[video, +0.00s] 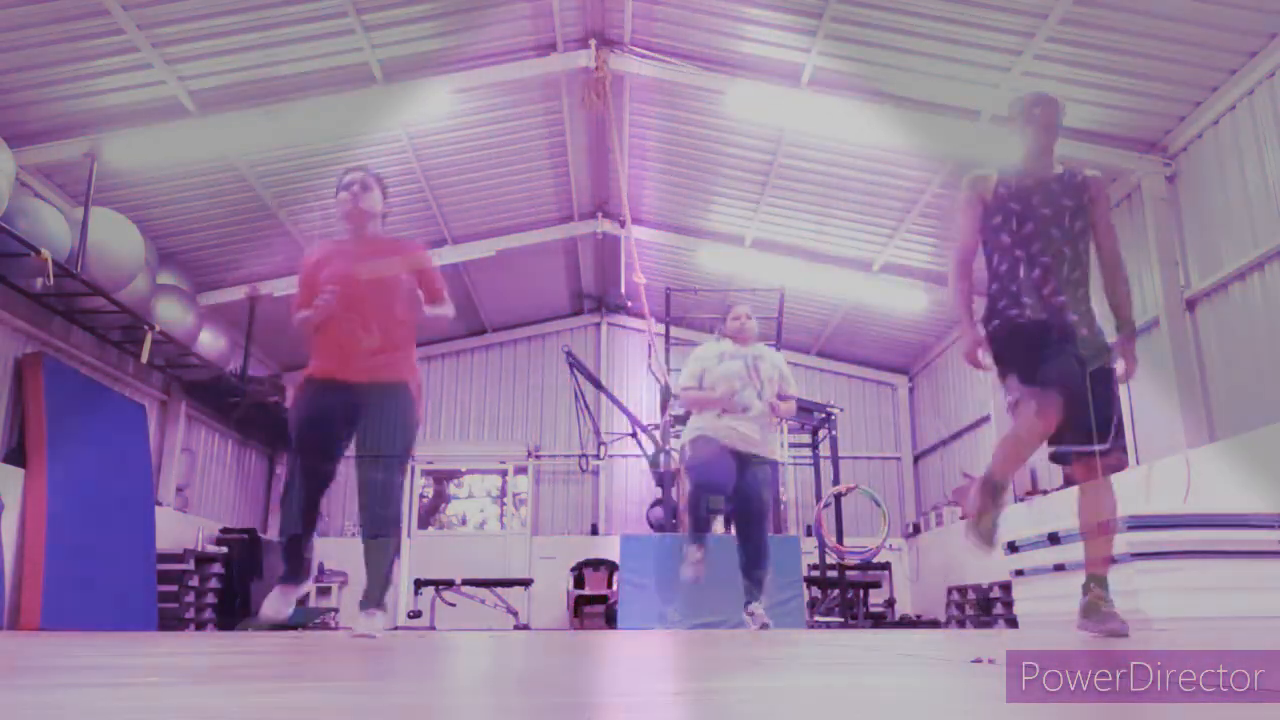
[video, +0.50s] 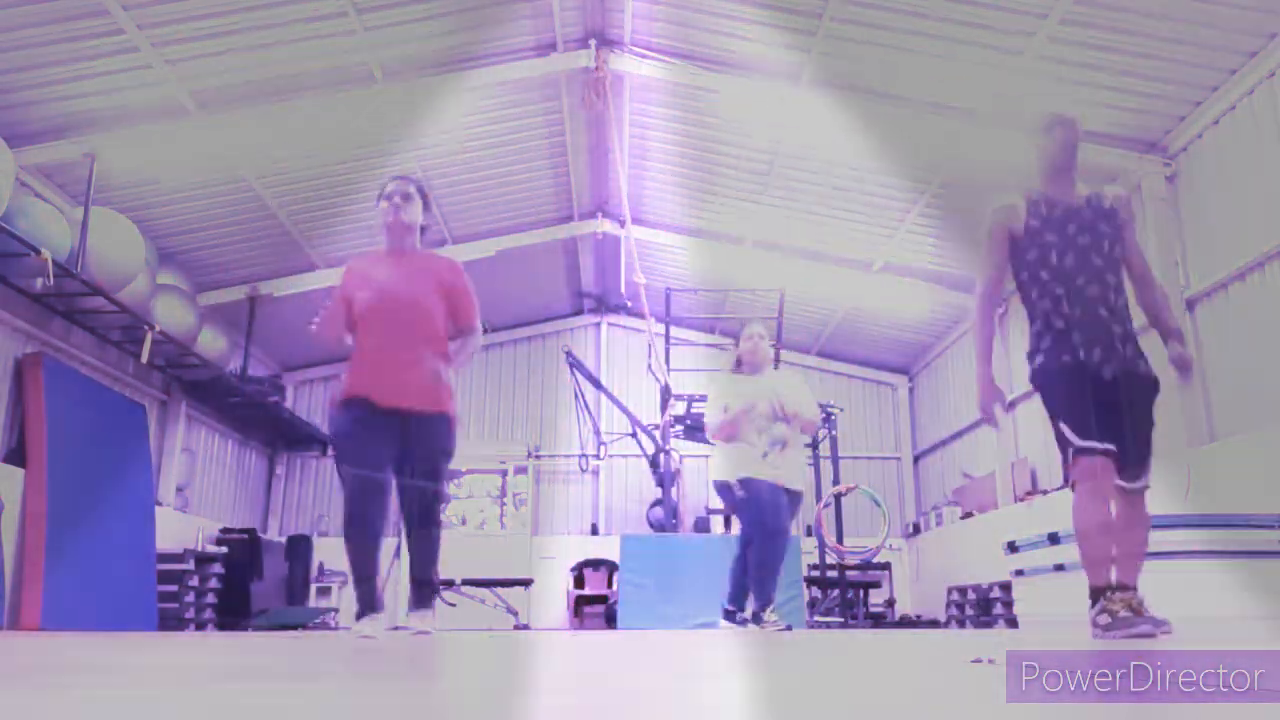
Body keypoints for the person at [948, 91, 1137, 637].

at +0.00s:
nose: (1040, 135)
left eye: (1048, 127)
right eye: (1032, 125)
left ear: (1058, 133)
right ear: (1015, 129)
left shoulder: (1085, 186)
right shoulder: (984, 188)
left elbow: (1112, 265)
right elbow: (962, 261)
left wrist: (1125, 333)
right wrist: (966, 326)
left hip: (1078, 330)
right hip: (1015, 326)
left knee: (1091, 467)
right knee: (1047, 405)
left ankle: (1097, 592)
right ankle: (990, 490)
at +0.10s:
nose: (1048, 141)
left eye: (1056, 134)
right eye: (1040, 132)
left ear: (1068, 146)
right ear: (1023, 144)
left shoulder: (1094, 211)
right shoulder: (992, 207)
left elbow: (1122, 285)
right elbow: (972, 284)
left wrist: (1141, 350)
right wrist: (970, 357)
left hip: (1088, 340)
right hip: (1022, 335)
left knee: (1097, 477)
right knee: (1076, 372)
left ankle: (1089, 600)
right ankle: (1019, 448)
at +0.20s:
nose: (1053, 137)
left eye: (1061, 132)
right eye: (1044, 131)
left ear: (1071, 149)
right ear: (1027, 149)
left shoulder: (1097, 210)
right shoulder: (997, 209)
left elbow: (1126, 283)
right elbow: (978, 290)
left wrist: (1149, 348)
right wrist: (974, 370)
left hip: (1093, 344)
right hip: (1029, 340)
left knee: (1101, 479)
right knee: (1098, 363)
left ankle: (1090, 601)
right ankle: (1042, 463)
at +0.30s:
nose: (1051, 122)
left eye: (1058, 115)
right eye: (1041, 115)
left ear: (1069, 125)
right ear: (1024, 127)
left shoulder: (1100, 183)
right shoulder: (1001, 191)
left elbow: (1131, 255)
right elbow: (977, 273)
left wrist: (1148, 316)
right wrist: (975, 346)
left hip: (1099, 326)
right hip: (1038, 323)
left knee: (1107, 465)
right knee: (1090, 384)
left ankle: (1103, 588)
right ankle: (1075, 524)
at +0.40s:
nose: (1055, 112)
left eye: (1062, 105)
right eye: (1044, 106)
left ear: (1074, 118)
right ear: (1026, 123)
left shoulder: (1106, 180)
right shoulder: (1004, 190)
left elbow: (1138, 249)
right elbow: (978, 270)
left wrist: (1154, 305)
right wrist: (976, 345)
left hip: (1111, 326)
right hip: (1049, 329)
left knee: (1116, 460)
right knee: (1084, 437)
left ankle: (1117, 590)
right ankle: (1099, 588)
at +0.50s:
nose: (1063, 146)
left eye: (1069, 138)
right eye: (1054, 137)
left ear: (1078, 150)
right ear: (1038, 149)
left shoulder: (1110, 208)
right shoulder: (1014, 214)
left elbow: (1144, 281)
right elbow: (986, 300)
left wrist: (1173, 338)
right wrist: (984, 378)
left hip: (1123, 358)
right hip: (1063, 362)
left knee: (1132, 486)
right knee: (1094, 471)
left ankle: (1129, 596)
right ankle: (1104, 602)